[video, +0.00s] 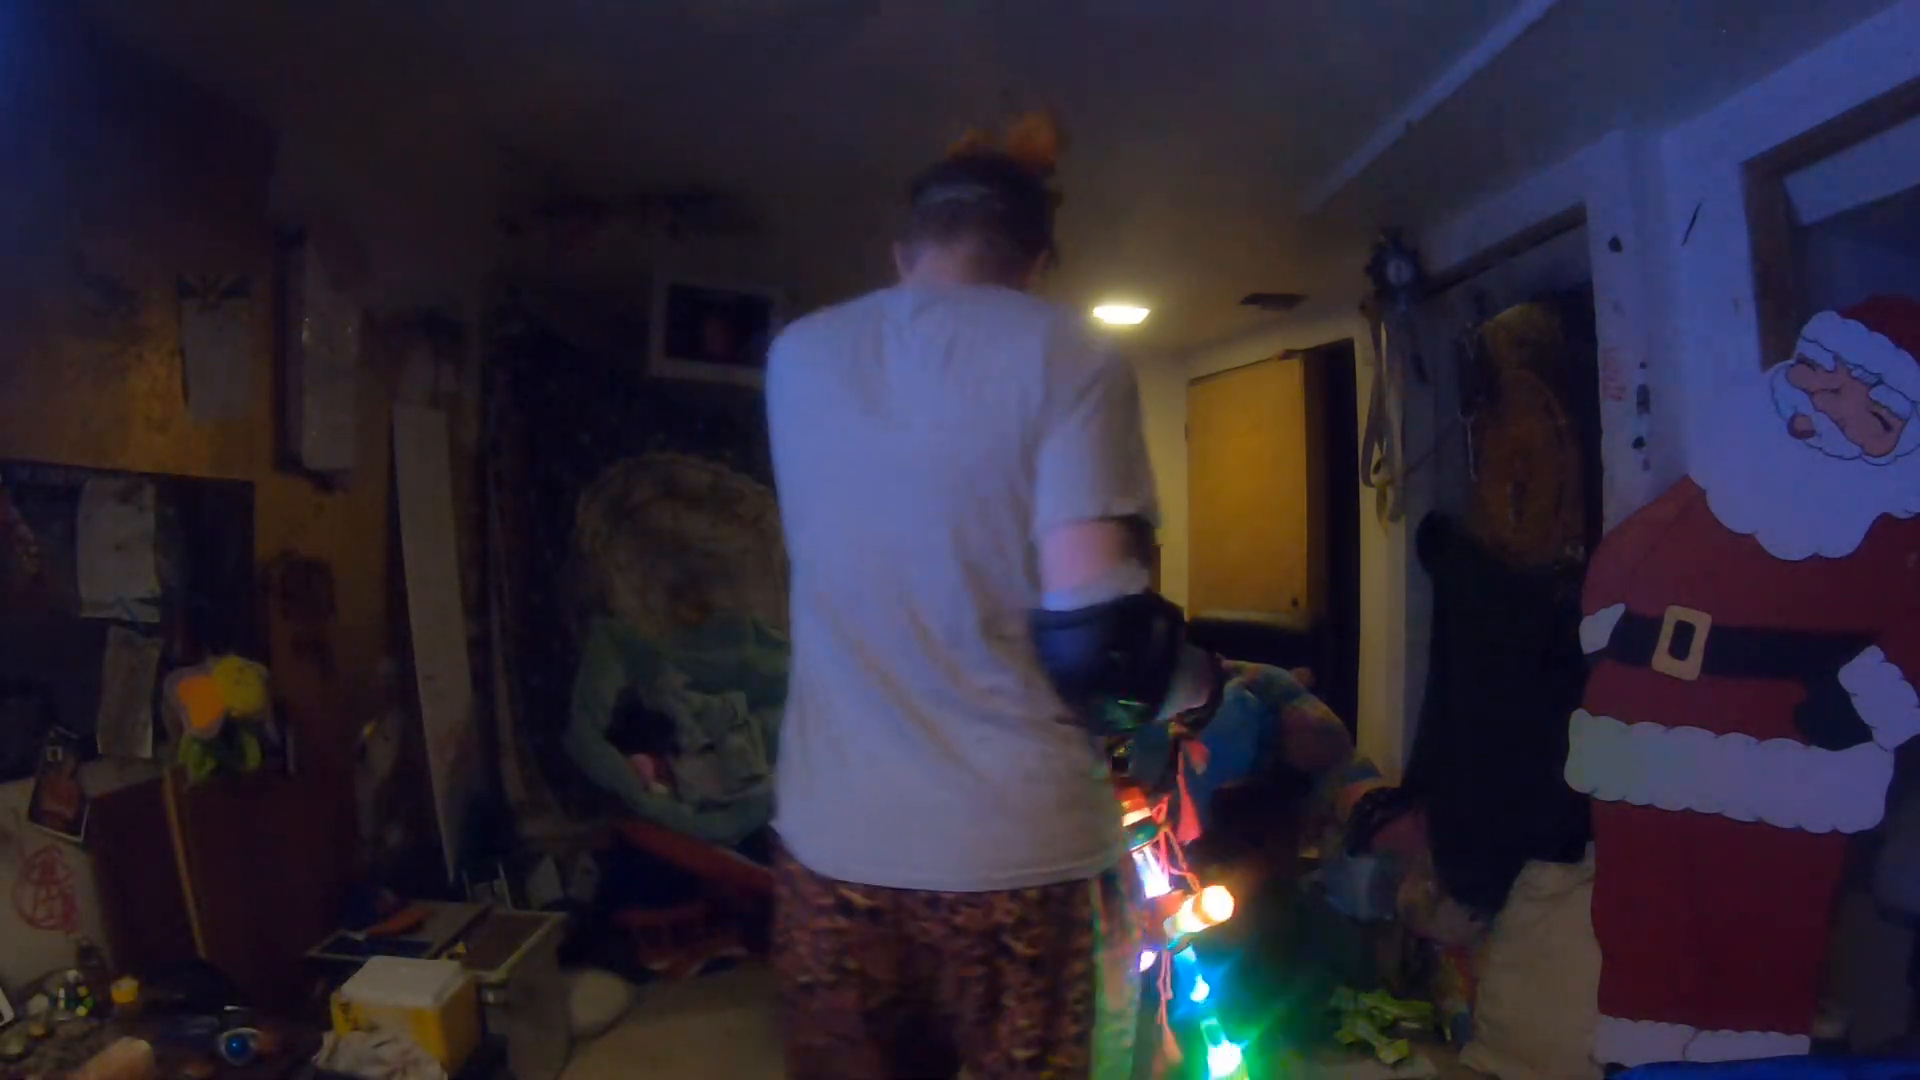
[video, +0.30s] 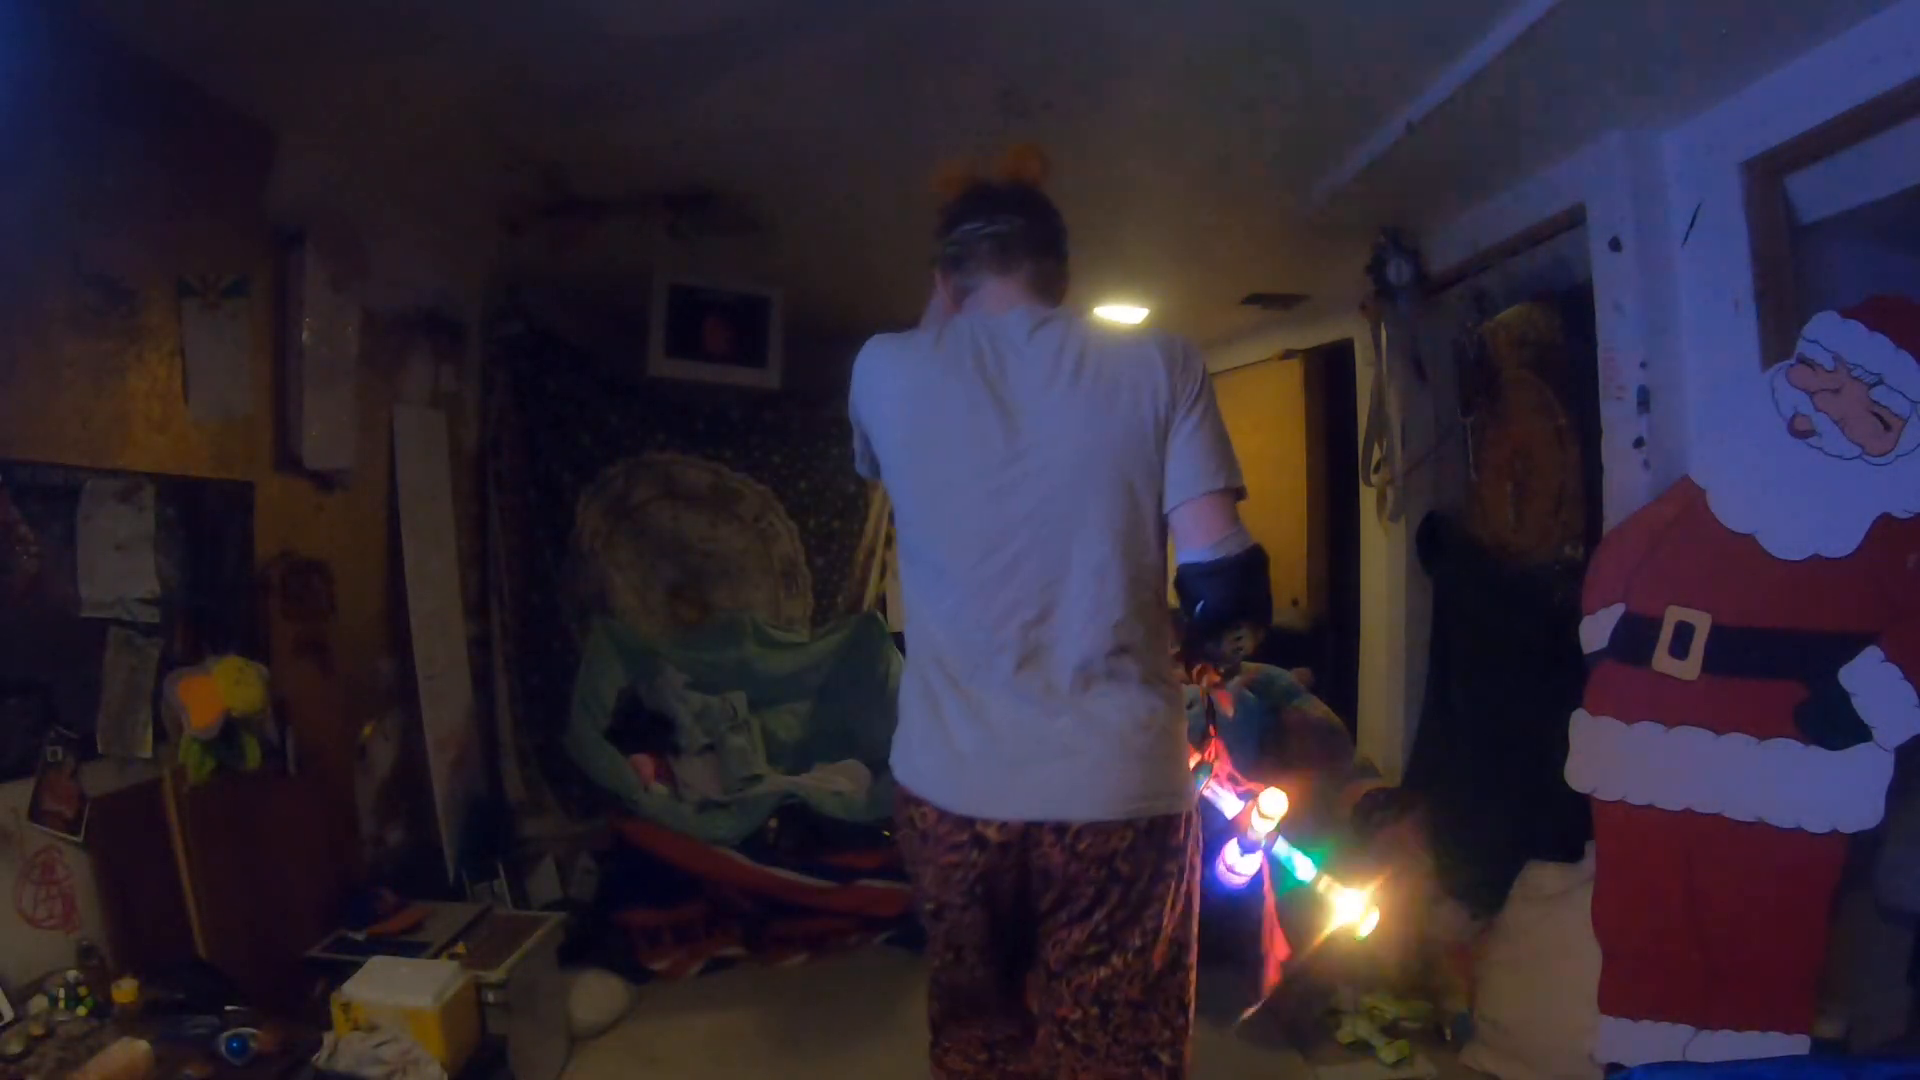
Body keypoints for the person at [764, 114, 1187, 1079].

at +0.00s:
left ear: (900, 252)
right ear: (1035, 264)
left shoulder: (795, 355)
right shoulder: (1061, 352)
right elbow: (1089, 638)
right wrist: (1179, 672)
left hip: (829, 856)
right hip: (1011, 867)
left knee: (843, 1067)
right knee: (1017, 1064)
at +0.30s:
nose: (935, 305)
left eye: (936, 288)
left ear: (946, 282)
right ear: (1063, 278)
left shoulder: (886, 372)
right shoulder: (1158, 364)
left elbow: (886, 475)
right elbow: (1222, 581)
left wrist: (938, 330)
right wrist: (1183, 637)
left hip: (950, 801)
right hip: (1120, 810)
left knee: (974, 1048)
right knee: (1114, 1052)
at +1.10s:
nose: (1127, 354)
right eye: (1125, 341)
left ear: (1047, 364)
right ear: (1123, 349)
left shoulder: (1010, 434)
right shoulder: (1169, 422)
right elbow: (1199, 585)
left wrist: (1078, 288)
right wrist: (1254, 609)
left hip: (1033, 713)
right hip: (1145, 719)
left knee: (1045, 922)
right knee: (1166, 915)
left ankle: (1038, 1065)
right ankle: (1171, 1058)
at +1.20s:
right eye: (1147, 359)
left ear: (1073, 374)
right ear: (1148, 365)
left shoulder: (1033, 440)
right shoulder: (1183, 430)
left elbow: (1068, 546)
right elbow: (1206, 592)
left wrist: (1100, 311)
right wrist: (1267, 615)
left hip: (1051, 715)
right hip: (1158, 722)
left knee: (1058, 922)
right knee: (1174, 922)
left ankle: (1047, 1066)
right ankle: (1171, 1063)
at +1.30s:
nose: (1168, 385)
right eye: (1169, 372)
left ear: (1093, 379)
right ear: (1164, 373)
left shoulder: (1051, 446)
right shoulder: (1192, 434)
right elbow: (1215, 589)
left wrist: (1135, 319)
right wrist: (1265, 596)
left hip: (1078, 715)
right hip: (1180, 723)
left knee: (1074, 916)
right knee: (1193, 916)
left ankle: (1054, 1067)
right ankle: (1173, 1063)